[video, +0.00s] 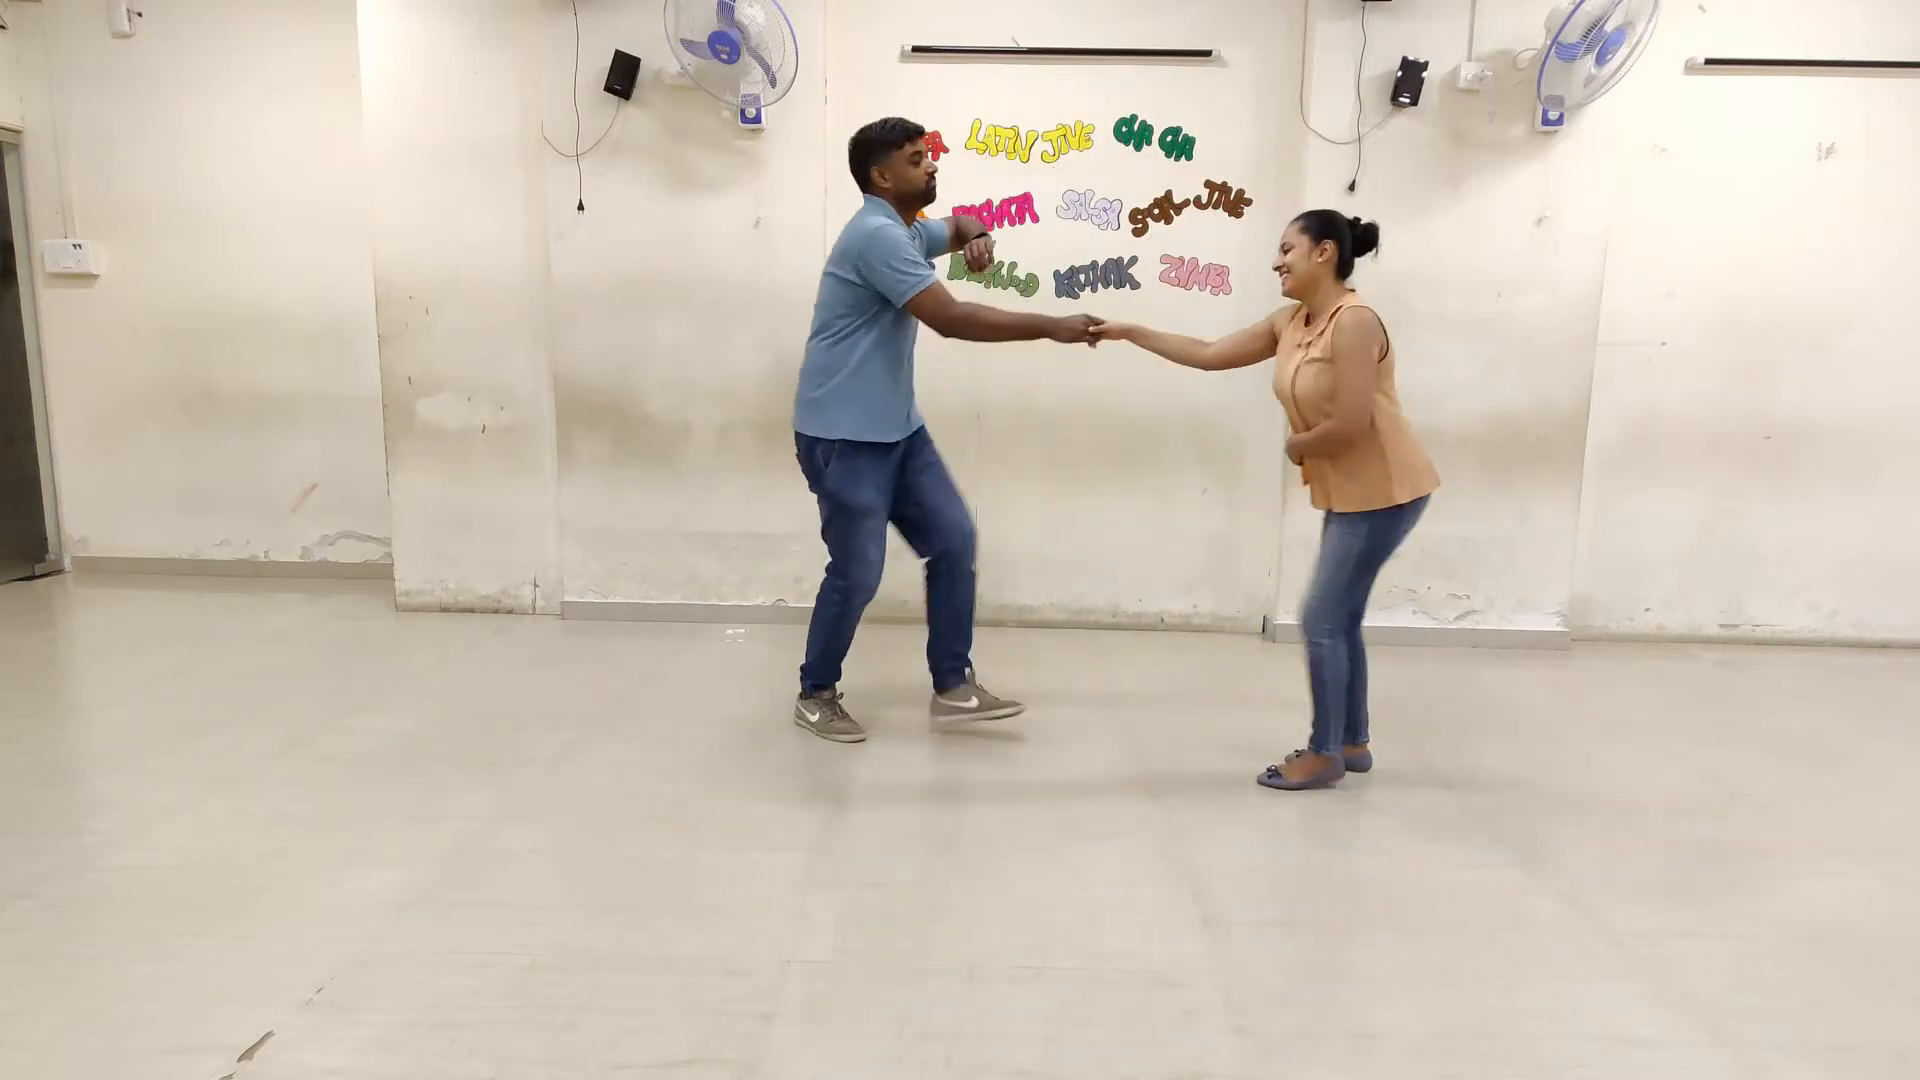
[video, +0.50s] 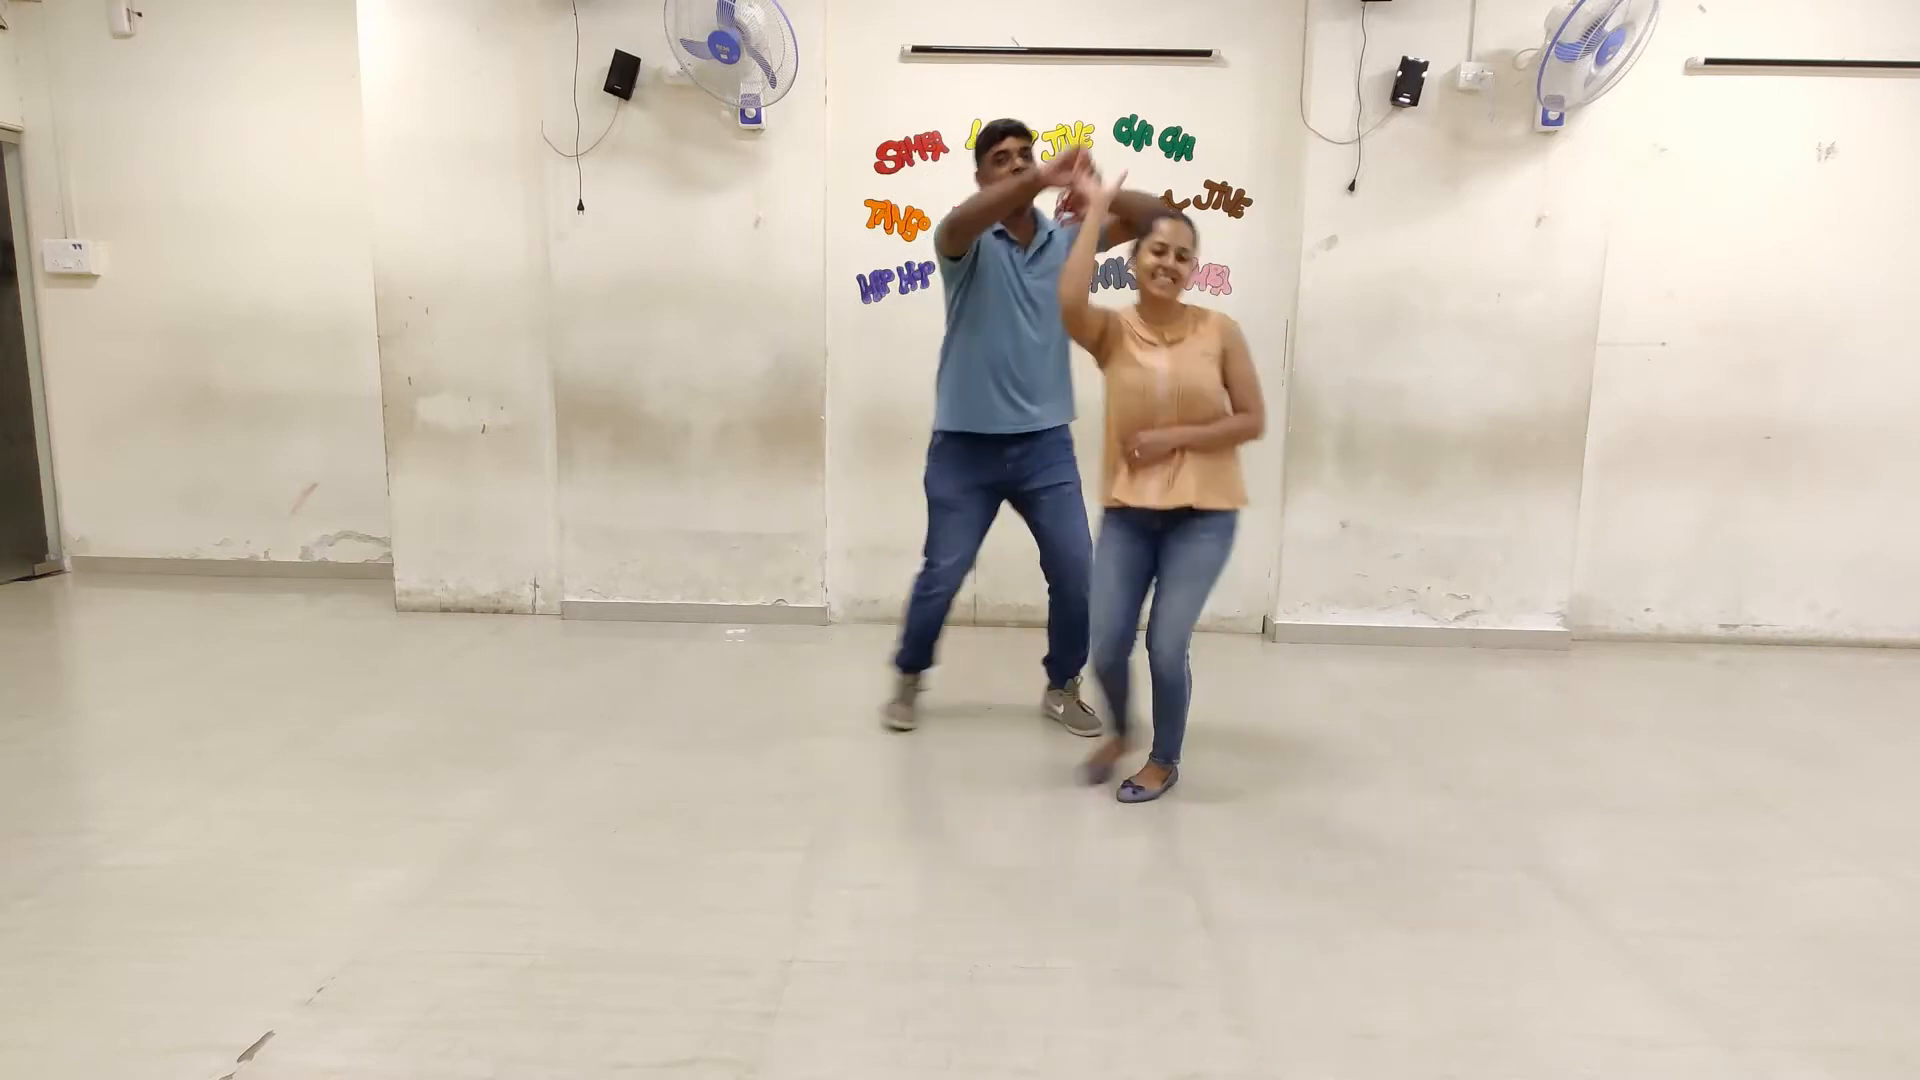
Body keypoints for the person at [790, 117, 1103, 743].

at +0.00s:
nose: (929, 165)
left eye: (927, 155)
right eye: (915, 158)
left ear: (905, 173)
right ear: (880, 173)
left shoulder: (905, 230)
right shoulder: (875, 233)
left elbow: (957, 224)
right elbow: (950, 318)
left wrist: (973, 237)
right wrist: (1051, 327)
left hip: (896, 427)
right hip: (841, 431)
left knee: (953, 539)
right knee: (857, 572)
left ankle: (953, 687)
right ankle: (815, 693)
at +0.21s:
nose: (955, 184)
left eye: (954, 173)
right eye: (940, 177)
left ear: (956, 184)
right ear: (903, 195)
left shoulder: (960, 253)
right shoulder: (892, 258)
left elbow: (1017, 243)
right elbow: (913, 342)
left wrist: (1021, 243)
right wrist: (1011, 354)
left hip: (946, 450)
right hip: (880, 458)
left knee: (1015, 551)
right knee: (888, 593)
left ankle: (1023, 685)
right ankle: (817, 693)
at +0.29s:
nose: (971, 192)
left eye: (972, 183)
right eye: (955, 185)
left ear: (976, 193)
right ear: (921, 203)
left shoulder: (984, 262)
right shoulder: (910, 259)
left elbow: (1061, 256)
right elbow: (906, 320)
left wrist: (1043, 246)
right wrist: (1003, 346)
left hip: (967, 457)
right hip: (901, 463)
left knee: (1035, 556)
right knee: (899, 597)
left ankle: (1037, 689)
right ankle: (819, 693)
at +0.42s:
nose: (998, 178)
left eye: (1003, 169)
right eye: (982, 173)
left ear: (1015, 180)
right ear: (958, 190)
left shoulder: (1032, 245)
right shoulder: (946, 243)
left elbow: (1120, 242)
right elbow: (937, 262)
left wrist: (1083, 227)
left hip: (1019, 449)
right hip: (944, 453)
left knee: (1067, 562)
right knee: (922, 577)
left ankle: (1045, 691)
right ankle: (845, 683)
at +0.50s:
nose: (1016, 166)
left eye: (1024, 157)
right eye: (1001, 160)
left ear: (1037, 172)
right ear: (981, 177)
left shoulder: (1067, 240)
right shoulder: (964, 241)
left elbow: (1158, 213)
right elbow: (957, 224)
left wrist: (1099, 196)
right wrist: (1041, 177)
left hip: (1045, 439)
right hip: (964, 441)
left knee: (1074, 571)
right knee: (944, 570)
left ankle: (1063, 686)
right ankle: (908, 676)